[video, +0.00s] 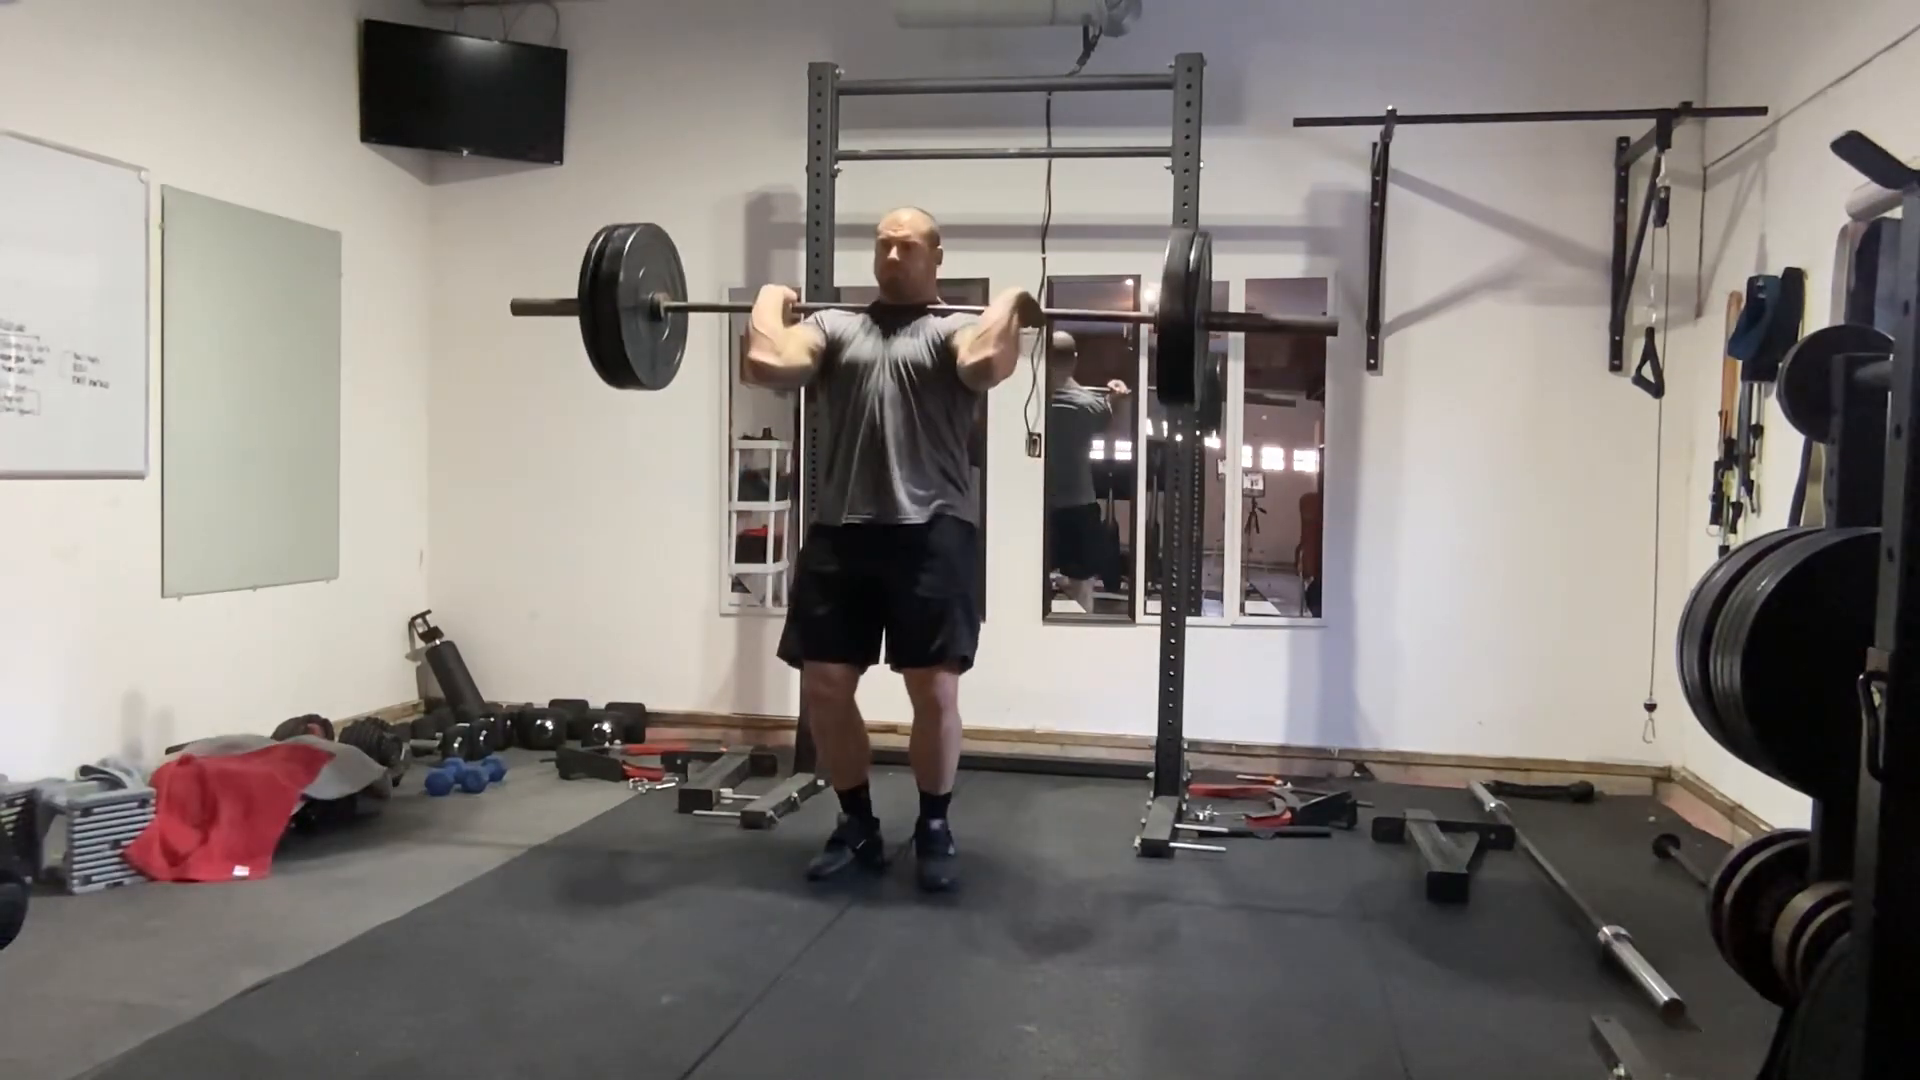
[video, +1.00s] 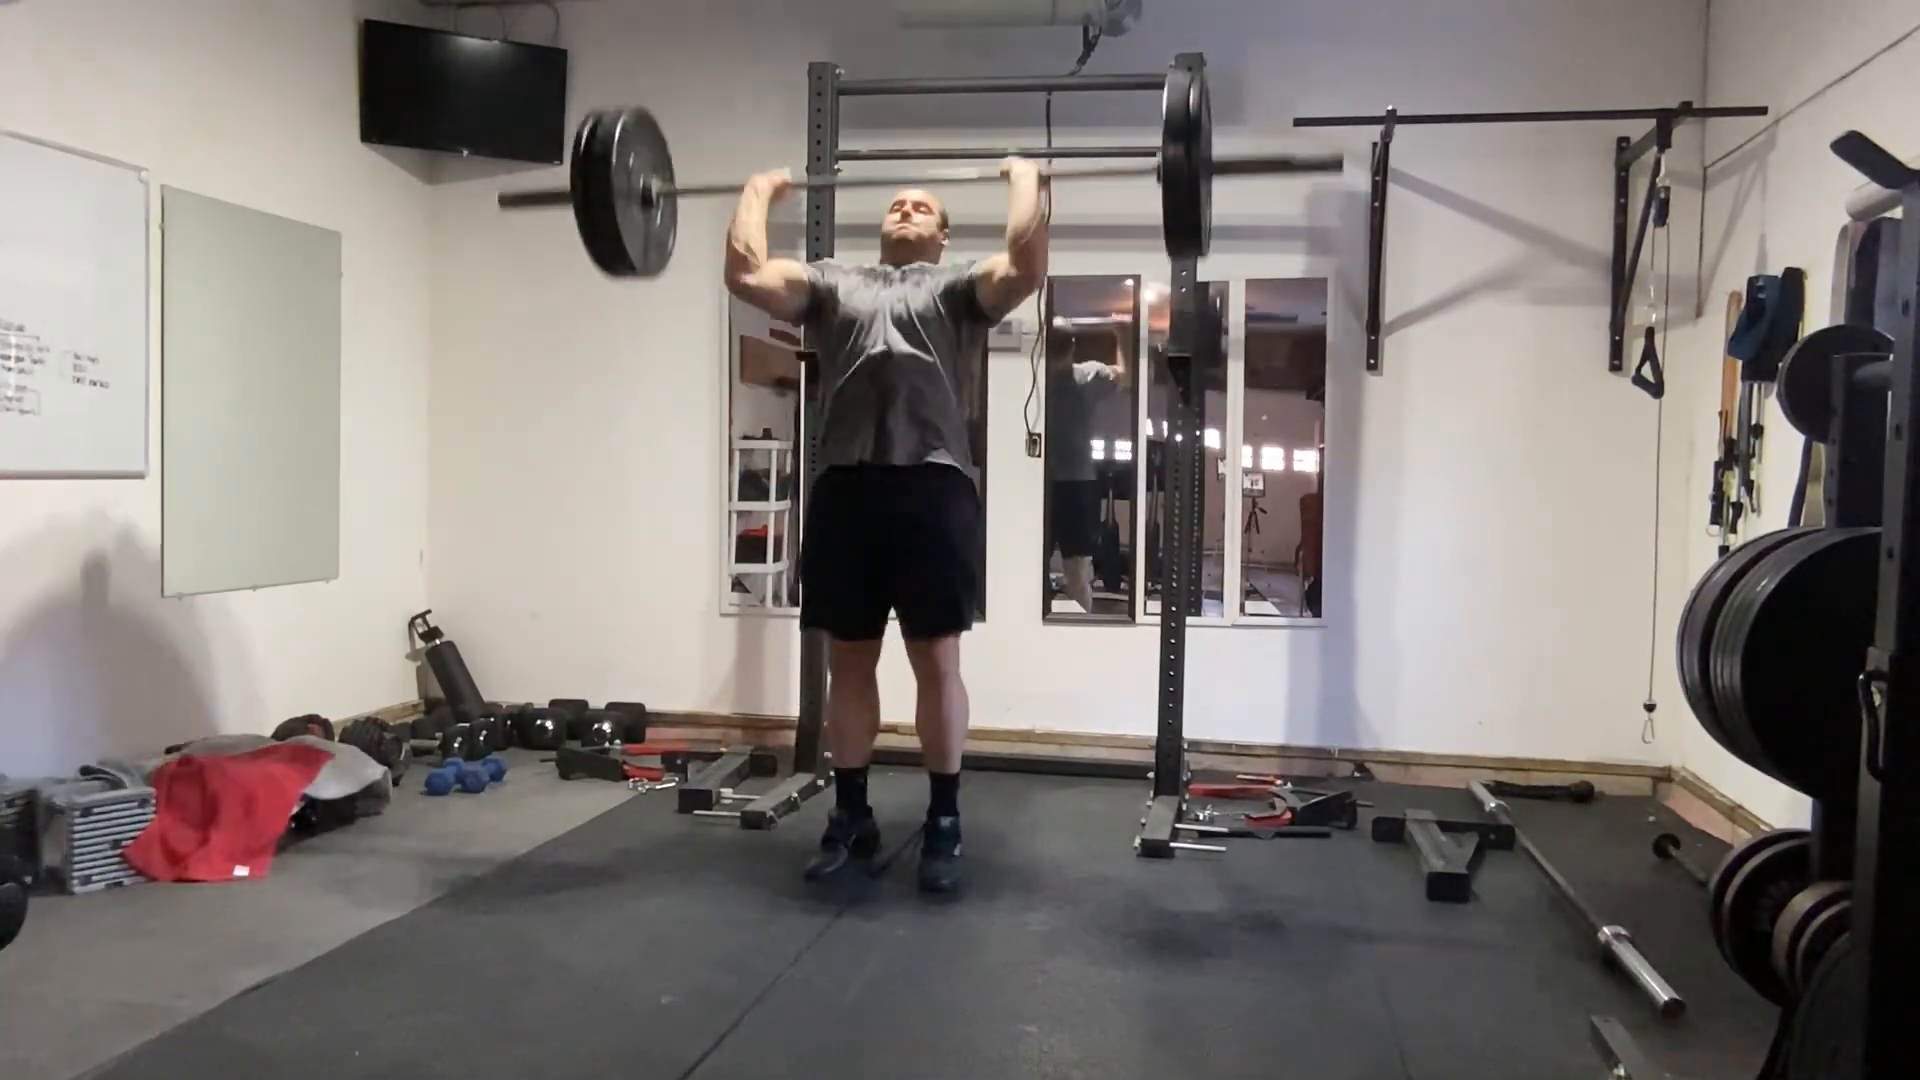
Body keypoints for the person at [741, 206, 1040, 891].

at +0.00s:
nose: (891, 255)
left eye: (906, 246)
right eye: (883, 245)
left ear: (936, 262)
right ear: (871, 260)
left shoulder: (956, 326)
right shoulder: (836, 325)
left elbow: (984, 366)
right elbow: (767, 361)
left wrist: (1009, 304)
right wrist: (771, 297)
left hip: (931, 529)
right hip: (840, 528)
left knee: (933, 685)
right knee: (824, 682)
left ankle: (933, 832)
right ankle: (857, 830)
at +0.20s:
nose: (897, 227)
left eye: (913, 219)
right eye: (888, 218)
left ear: (938, 239)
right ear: (873, 235)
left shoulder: (956, 307)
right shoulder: (832, 305)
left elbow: (1000, 337)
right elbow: (761, 351)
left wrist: (1016, 277)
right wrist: (767, 281)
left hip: (939, 516)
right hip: (848, 513)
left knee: (939, 674)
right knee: (845, 670)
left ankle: (935, 831)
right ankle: (858, 827)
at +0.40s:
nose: (895, 263)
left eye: (910, 255)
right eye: (885, 255)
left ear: (936, 274)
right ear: (870, 272)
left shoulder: (958, 341)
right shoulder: (832, 342)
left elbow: (997, 379)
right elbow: (760, 382)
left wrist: (1011, 313)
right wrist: (764, 313)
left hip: (945, 546)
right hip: (847, 545)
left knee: (957, 694)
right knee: (808, 681)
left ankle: (936, 831)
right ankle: (858, 830)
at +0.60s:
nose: (894, 304)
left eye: (910, 297)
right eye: (884, 295)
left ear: (935, 316)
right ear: (868, 314)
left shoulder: (959, 386)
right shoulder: (830, 388)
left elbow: (995, 433)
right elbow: (761, 439)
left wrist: (1008, 360)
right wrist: (764, 365)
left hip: (941, 586)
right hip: (842, 582)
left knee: (947, 722)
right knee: (796, 710)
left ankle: (935, 833)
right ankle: (859, 834)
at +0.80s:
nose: (897, 248)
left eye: (913, 242)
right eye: (887, 240)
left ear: (937, 267)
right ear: (872, 263)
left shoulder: (956, 339)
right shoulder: (833, 337)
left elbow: (1000, 379)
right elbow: (767, 387)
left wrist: (1012, 310)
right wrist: (763, 317)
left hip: (940, 544)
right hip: (846, 541)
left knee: (947, 696)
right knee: (818, 687)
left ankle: (935, 832)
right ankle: (860, 832)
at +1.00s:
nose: (907, 208)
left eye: (921, 206)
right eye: (896, 205)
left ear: (943, 235)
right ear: (877, 229)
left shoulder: (957, 292)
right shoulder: (835, 283)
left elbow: (1026, 263)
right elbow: (746, 271)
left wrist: (1026, 173)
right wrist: (757, 187)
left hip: (932, 488)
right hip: (845, 489)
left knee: (935, 659)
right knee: (850, 659)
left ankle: (943, 826)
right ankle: (850, 821)